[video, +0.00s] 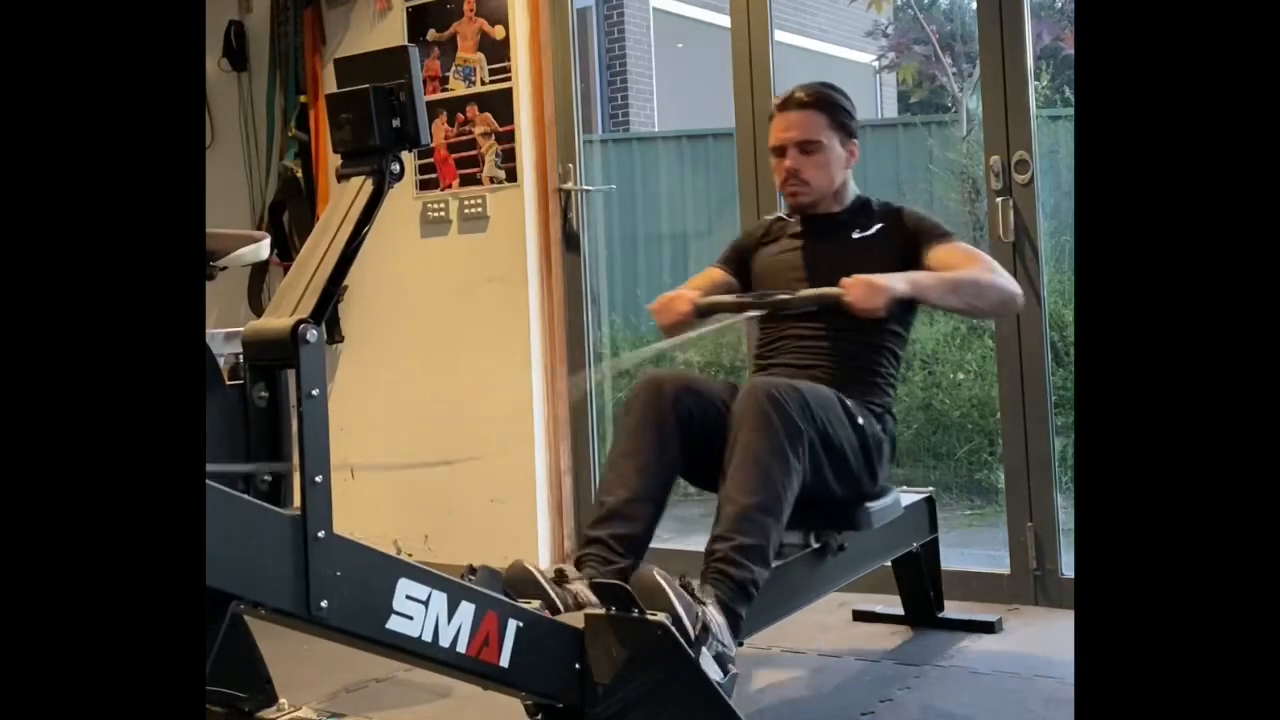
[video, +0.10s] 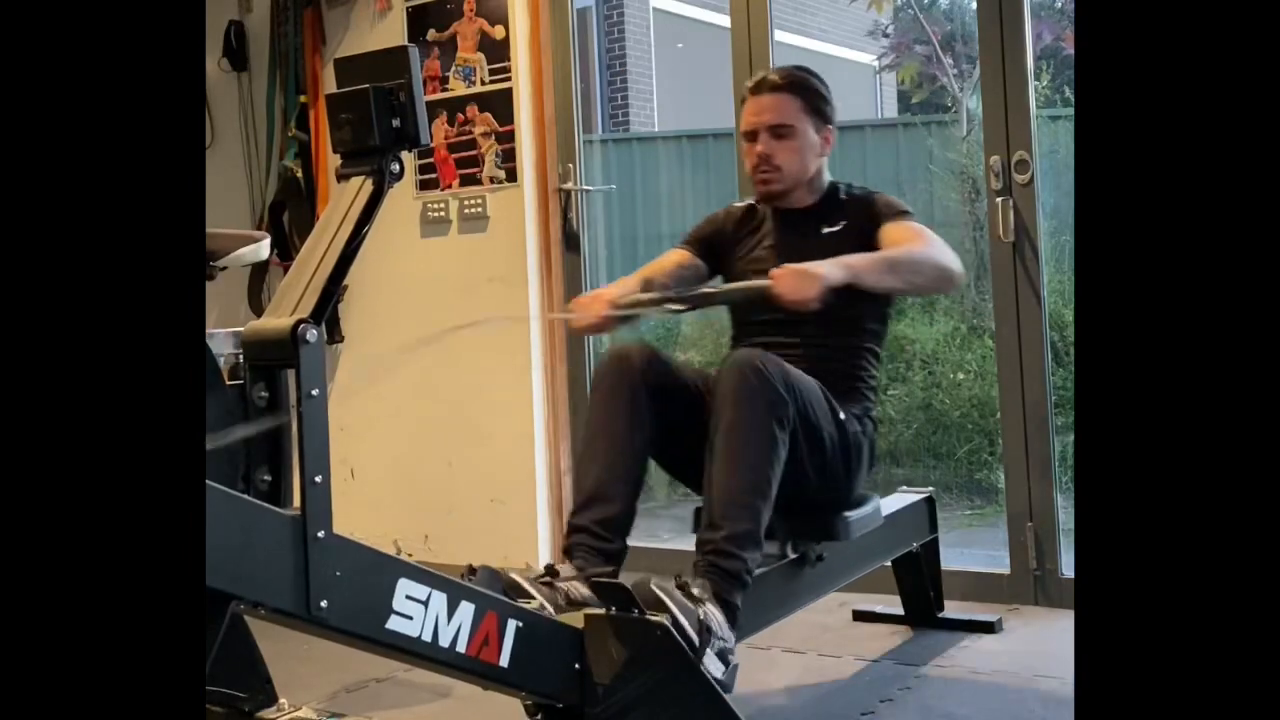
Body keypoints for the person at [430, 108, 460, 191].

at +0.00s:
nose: (446, 118)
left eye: (446, 116)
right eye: (444, 116)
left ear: (444, 116)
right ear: (440, 116)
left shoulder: (443, 124)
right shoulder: (437, 124)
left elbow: (453, 132)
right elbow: (438, 139)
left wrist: (457, 122)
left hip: (443, 147)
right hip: (439, 148)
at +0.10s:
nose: (446, 118)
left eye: (446, 116)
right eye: (444, 116)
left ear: (444, 116)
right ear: (440, 116)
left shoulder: (443, 124)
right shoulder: (437, 124)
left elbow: (453, 132)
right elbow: (438, 139)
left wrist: (457, 122)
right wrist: (442, 150)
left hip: (443, 148)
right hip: (439, 148)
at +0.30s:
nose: (446, 117)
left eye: (446, 115)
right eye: (444, 115)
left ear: (444, 116)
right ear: (440, 116)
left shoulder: (443, 124)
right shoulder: (437, 124)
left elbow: (453, 132)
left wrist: (457, 122)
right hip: (439, 148)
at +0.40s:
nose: (446, 117)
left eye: (446, 115)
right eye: (444, 115)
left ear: (444, 116)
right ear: (440, 116)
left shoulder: (443, 124)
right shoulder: (437, 124)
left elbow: (453, 132)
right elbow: (438, 139)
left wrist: (457, 122)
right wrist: (442, 150)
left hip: (443, 148)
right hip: (439, 148)